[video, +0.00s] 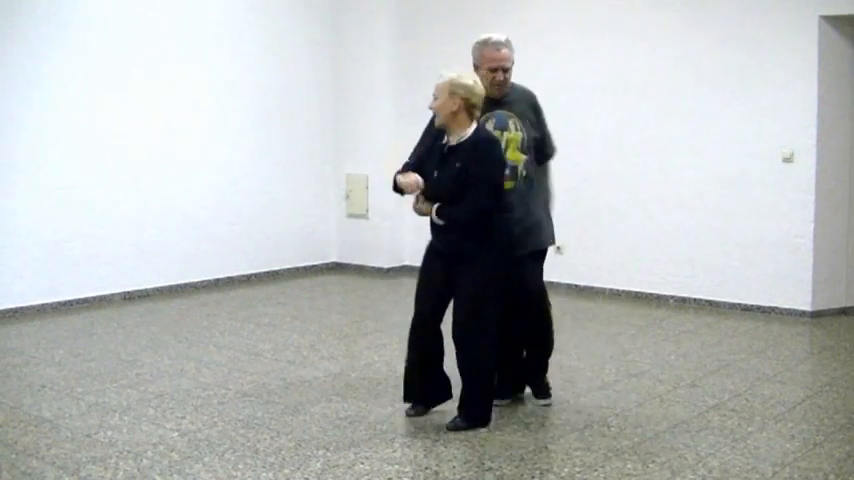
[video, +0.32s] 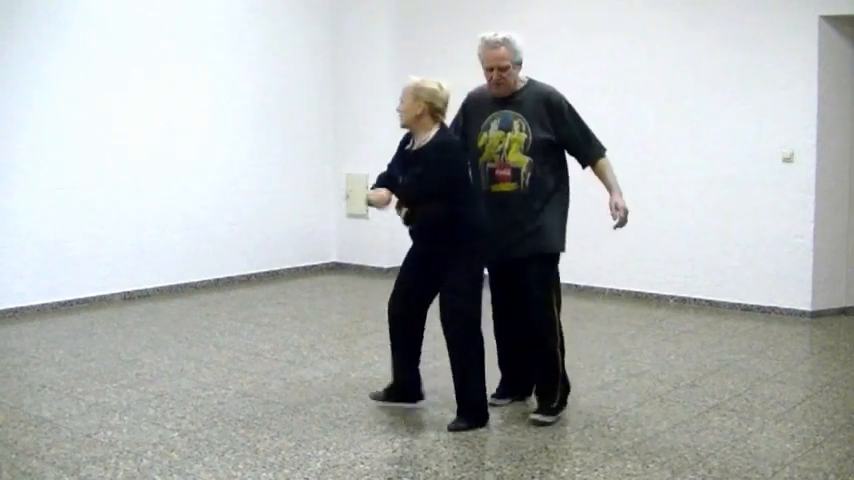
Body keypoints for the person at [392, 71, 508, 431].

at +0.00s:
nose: (431, 105)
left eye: (437, 98)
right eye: (433, 98)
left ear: (458, 103)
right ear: (453, 104)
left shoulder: (486, 147)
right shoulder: (436, 138)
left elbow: (478, 210)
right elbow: (407, 175)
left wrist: (432, 209)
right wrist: (405, 180)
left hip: (478, 253)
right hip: (441, 249)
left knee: (471, 331)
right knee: (424, 320)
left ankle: (475, 411)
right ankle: (428, 390)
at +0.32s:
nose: (398, 106)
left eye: (404, 100)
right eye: (400, 100)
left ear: (423, 108)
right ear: (420, 108)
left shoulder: (448, 147)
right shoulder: (409, 143)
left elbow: (427, 189)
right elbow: (391, 175)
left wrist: (398, 194)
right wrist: (379, 191)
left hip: (462, 249)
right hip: (427, 247)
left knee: (461, 326)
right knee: (402, 310)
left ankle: (473, 411)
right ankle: (406, 385)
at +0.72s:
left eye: (377, 105)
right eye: (403, 105)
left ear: (373, 108)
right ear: (404, 107)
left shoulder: (360, 143)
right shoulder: (423, 137)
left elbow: (352, 196)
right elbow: (439, 167)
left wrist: (377, 198)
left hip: (373, 234)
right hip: (418, 234)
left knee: (360, 304)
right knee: (407, 307)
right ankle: (394, 389)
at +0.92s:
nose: (404, 104)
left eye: (402, 98)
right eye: (399, 99)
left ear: (373, 107)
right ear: (384, 106)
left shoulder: (357, 139)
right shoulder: (398, 139)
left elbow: (379, 178)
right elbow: (447, 152)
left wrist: (417, 188)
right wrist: (442, 130)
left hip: (348, 229)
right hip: (383, 234)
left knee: (355, 300)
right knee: (384, 307)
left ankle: (344, 375)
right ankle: (368, 387)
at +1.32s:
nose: (361, 106)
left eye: (366, 100)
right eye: (354, 101)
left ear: (373, 104)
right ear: (342, 107)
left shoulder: (380, 140)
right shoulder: (331, 135)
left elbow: (404, 183)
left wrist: (434, 172)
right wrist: (350, 133)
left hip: (369, 233)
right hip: (333, 235)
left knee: (371, 306)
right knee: (341, 306)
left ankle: (359, 379)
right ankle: (345, 386)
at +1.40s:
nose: (354, 110)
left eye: (360, 104)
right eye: (347, 104)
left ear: (368, 108)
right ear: (337, 109)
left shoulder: (379, 143)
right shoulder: (323, 143)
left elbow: (407, 184)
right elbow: (287, 179)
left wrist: (442, 177)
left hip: (370, 236)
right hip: (329, 238)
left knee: (368, 306)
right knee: (337, 305)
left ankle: (359, 376)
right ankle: (339, 381)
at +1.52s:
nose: (341, 110)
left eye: (347, 105)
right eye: (335, 105)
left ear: (358, 109)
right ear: (327, 109)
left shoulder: (374, 143)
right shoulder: (314, 146)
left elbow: (403, 179)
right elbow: (291, 175)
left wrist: (432, 183)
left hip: (367, 234)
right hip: (325, 234)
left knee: (364, 302)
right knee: (327, 301)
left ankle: (356, 371)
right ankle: (324, 376)